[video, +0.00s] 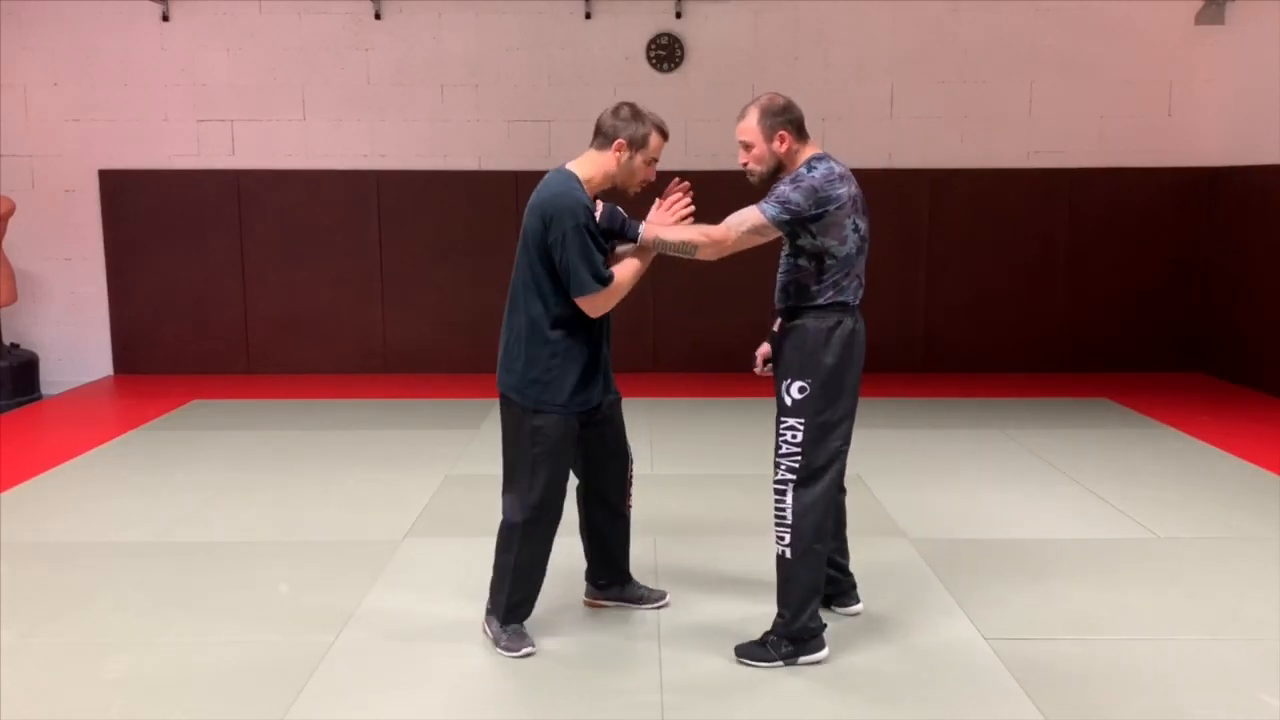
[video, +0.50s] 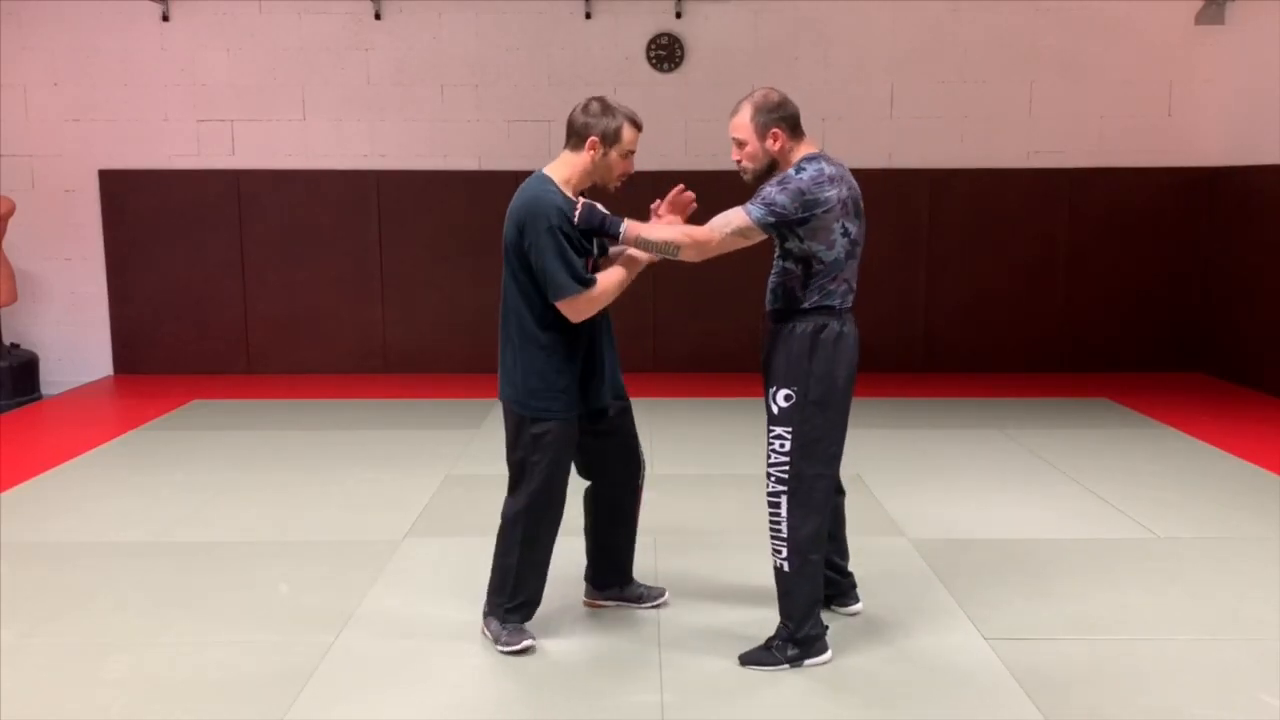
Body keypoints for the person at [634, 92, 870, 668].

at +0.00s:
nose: (742, 159)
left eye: (748, 147)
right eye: (741, 147)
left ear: (784, 141)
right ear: (787, 141)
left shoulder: (814, 184)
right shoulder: (823, 177)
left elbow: (717, 240)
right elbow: (811, 278)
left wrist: (632, 230)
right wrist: (778, 337)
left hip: (818, 336)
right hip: (823, 334)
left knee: (797, 481)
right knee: (819, 472)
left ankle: (797, 633)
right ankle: (834, 582)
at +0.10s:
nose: (741, 159)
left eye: (747, 147)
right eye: (740, 147)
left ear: (783, 141)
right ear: (786, 141)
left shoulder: (813, 185)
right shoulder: (825, 177)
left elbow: (714, 237)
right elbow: (815, 278)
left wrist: (629, 230)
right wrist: (783, 338)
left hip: (815, 338)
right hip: (822, 335)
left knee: (797, 483)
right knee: (818, 473)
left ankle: (801, 632)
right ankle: (834, 582)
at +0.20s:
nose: (741, 158)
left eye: (746, 146)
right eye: (739, 147)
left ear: (781, 140)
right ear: (784, 139)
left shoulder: (810, 185)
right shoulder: (825, 176)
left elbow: (709, 235)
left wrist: (620, 223)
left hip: (813, 339)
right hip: (820, 335)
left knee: (795, 482)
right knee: (817, 472)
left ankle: (801, 632)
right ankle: (834, 581)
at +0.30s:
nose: (737, 155)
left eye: (744, 144)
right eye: (736, 143)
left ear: (779, 138)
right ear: (783, 138)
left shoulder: (807, 185)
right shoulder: (825, 177)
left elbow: (704, 238)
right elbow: (717, 235)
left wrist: (611, 221)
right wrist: (633, 232)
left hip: (812, 341)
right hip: (823, 336)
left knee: (793, 483)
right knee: (818, 472)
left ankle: (801, 632)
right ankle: (835, 584)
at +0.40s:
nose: (735, 155)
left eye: (742, 144)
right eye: (734, 144)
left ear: (778, 138)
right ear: (783, 139)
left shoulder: (804, 187)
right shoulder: (828, 176)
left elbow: (701, 242)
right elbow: (719, 238)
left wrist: (609, 222)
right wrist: (638, 237)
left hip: (809, 343)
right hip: (826, 338)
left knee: (791, 484)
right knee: (819, 472)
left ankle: (800, 633)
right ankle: (835, 583)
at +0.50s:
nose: (734, 154)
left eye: (742, 143)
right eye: (733, 142)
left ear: (777, 139)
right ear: (782, 139)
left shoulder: (804, 187)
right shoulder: (826, 177)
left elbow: (701, 241)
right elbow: (719, 239)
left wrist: (610, 225)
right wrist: (643, 241)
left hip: (808, 344)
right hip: (823, 339)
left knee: (789, 485)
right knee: (817, 474)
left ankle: (800, 634)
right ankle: (835, 584)